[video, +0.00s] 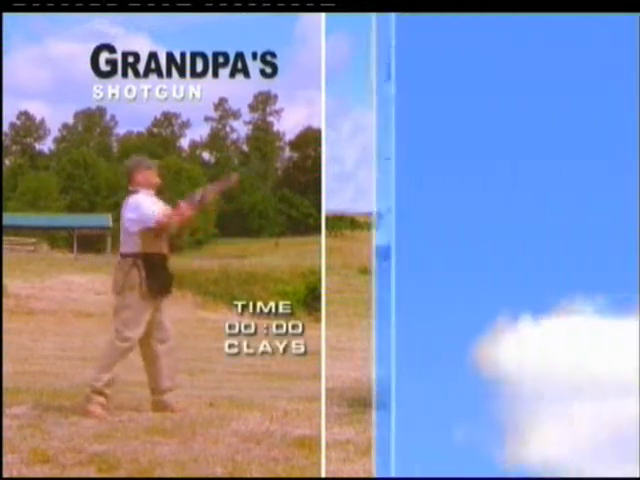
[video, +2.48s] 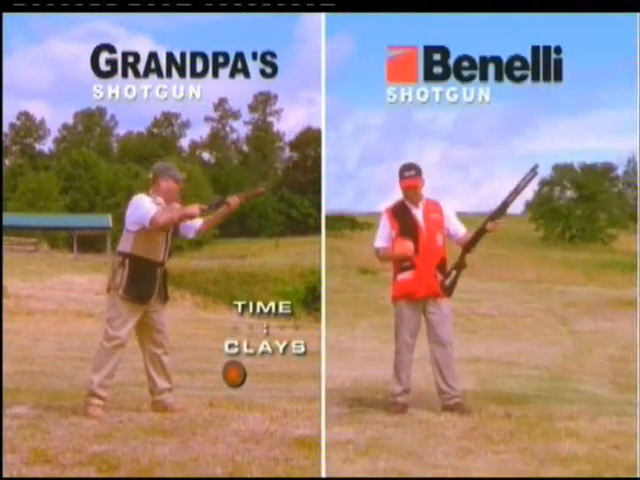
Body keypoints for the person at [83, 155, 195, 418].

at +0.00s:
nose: (157, 176)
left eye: (156, 171)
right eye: (151, 171)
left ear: (145, 177)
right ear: (137, 177)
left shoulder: (152, 201)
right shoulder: (137, 202)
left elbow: (170, 222)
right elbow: (165, 222)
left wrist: (187, 211)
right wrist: (182, 212)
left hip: (153, 264)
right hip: (134, 265)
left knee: (157, 336)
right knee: (126, 335)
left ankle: (161, 396)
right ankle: (96, 395)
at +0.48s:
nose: (131, 177)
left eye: (131, 173)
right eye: (124, 173)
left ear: (131, 178)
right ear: (111, 181)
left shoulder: (137, 198)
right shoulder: (106, 203)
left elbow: (170, 189)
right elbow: (136, 205)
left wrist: (176, 158)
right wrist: (142, 175)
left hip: (147, 265)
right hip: (122, 267)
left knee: (157, 337)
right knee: (114, 338)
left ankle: (163, 396)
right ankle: (95, 398)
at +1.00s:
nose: (130, 182)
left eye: (130, 178)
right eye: (124, 177)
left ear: (128, 182)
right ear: (111, 182)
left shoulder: (134, 200)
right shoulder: (103, 204)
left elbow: (169, 198)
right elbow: (129, 211)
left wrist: (178, 168)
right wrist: (140, 182)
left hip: (143, 268)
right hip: (118, 271)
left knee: (153, 338)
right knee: (112, 340)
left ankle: (162, 395)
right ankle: (94, 399)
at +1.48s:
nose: (159, 182)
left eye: (159, 178)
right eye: (155, 178)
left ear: (156, 181)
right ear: (140, 179)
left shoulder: (159, 200)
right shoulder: (128, 199)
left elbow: (191, 199)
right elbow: (156, 209)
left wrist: (204, 170)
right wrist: (168, 182)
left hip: (152, 267)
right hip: (127, 267)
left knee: (156, 338)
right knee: (113, 338)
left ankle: (162, 397)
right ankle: (95, 398)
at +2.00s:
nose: (169, 183)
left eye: (170, 178)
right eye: (163, 177)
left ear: (170, 182)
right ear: (149, 179)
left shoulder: (168, 202)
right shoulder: (139, 199)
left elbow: (203, 204)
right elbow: (165, 211)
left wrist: (217, 178)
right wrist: (180, 186)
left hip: (158, 268)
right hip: (133, 266)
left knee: (158, 338)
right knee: (116, 335)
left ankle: (162, 397)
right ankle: (96, 397)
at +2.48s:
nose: (178, 191)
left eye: (179, 186)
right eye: (175, 184)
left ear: (174, 188)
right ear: (159, 183)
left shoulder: (171, 211)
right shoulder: (140, 202)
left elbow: (197, 228)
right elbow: (158, 220)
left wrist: (226, 210)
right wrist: (185, 212)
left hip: (155, 275)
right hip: (130, 273)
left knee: (157, 342)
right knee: (115, 338)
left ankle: (161, 397)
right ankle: (96, 398)